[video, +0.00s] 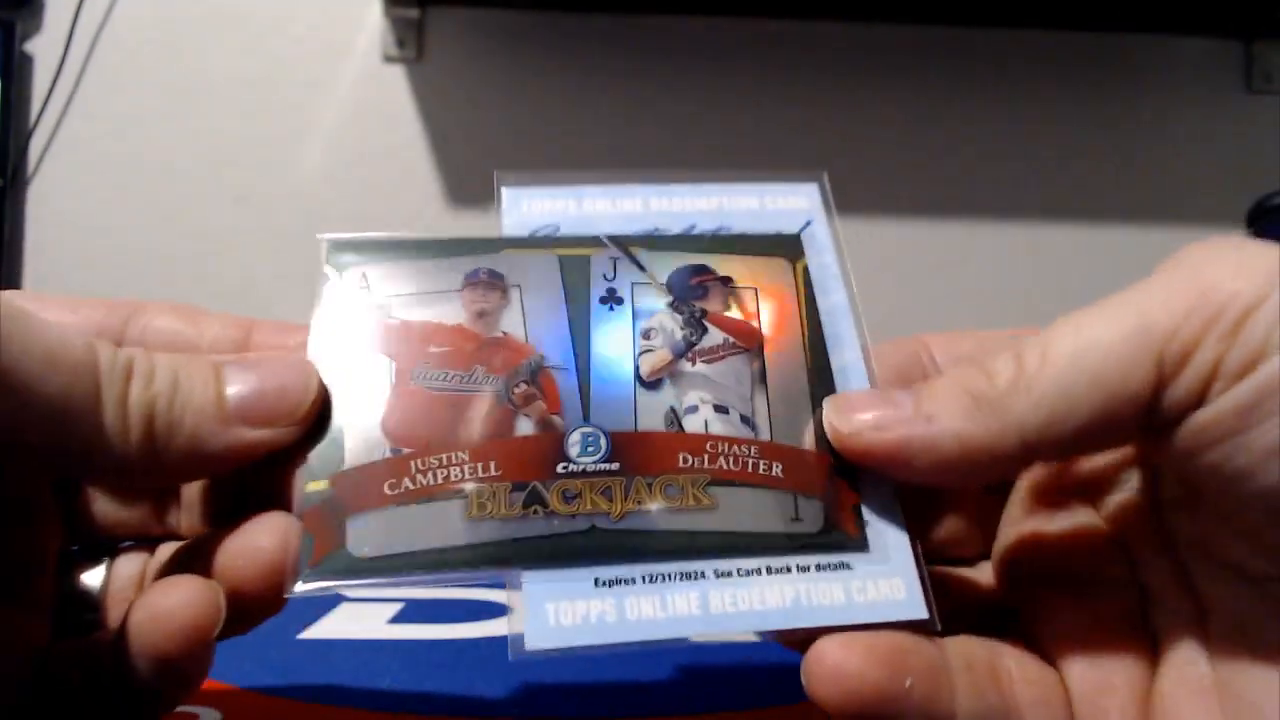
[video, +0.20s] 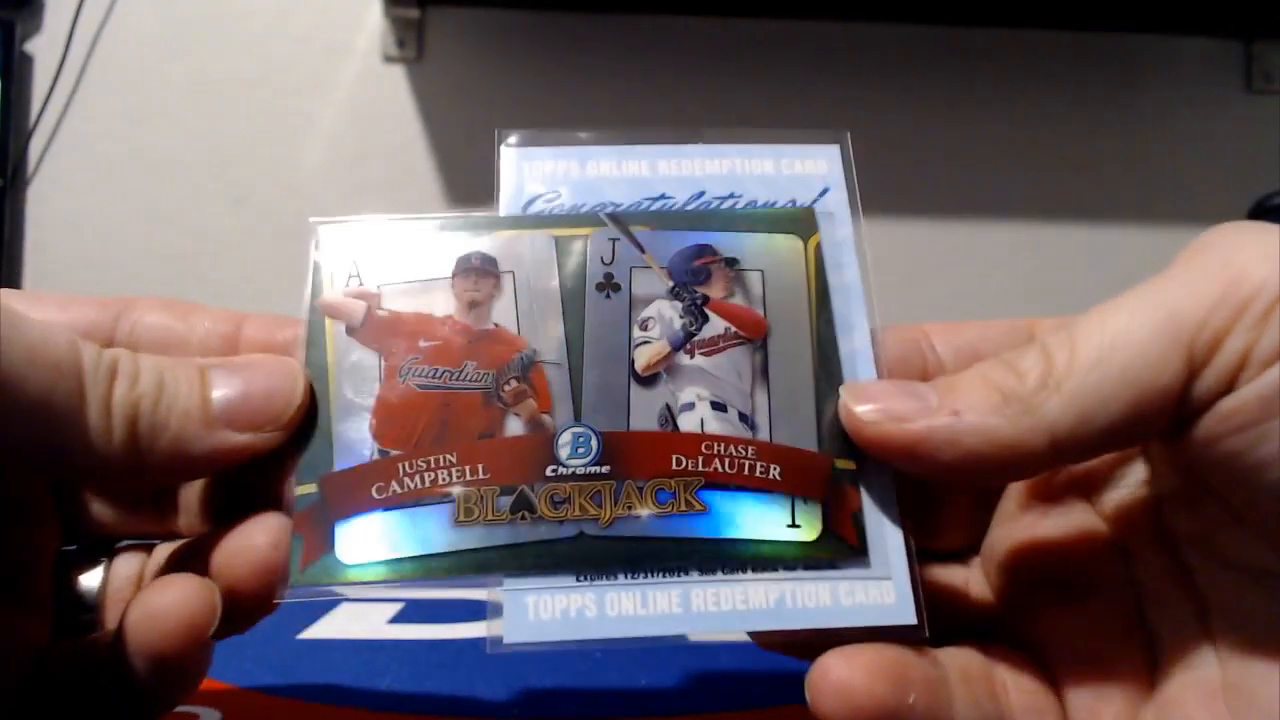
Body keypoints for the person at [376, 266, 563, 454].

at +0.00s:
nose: (481, 294)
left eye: (491, 288)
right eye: (474, 287)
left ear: (505, 300)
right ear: (462, 297)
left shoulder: (522, 355)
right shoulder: (423, 337)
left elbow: (558, 430)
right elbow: (365, 328)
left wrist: (535, 409)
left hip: (484, 469)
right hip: (411, 464)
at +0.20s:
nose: (473, 283)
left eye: (483, 276)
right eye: (466, 275)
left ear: (497, 287)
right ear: (453, 285)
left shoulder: (514, 350)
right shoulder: (411, 328)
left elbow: (547, 433)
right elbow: (328, 303)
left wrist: (529, 413)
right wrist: (359, 300)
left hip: (471, 476)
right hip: (397, 470)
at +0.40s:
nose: (479, 272)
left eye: (489, 266)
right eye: (471, 265)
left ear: (505, 278)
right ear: (459, 277)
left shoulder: (523, 344)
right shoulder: (415, 319)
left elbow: (556, 432)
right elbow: (328, 290)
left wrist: (536, 409)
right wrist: (363, 283)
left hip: (478, 477)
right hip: (401, 470)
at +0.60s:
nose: (491, 258)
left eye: (502, 252)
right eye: (483, 251)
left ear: (517, 265)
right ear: (470, 263)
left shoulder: (535, 333)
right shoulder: (425, 306)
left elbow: (568, 421)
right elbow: (337, 274)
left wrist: (548, 401)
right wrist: (376, 268)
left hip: (488, 466)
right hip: (410, 459)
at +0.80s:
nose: (500, 240)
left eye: (511, 233)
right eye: (492, 232)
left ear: (526, 246)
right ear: (479, 243)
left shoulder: (544, 315)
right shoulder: (433, 286)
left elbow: (574, 406)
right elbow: (347, 253)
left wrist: (554, 381)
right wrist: (379, 246)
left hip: (497, 447)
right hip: (420, 440)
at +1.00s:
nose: (513, 219)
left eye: (524, 213)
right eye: (506, 213)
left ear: (539, 228)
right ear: (493, 224)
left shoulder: (554, 299)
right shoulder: (445, 265)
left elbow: (582, 389)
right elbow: (358, 229)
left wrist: (564, 366)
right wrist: (398, 223)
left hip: (507, 429)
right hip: (429, 420)